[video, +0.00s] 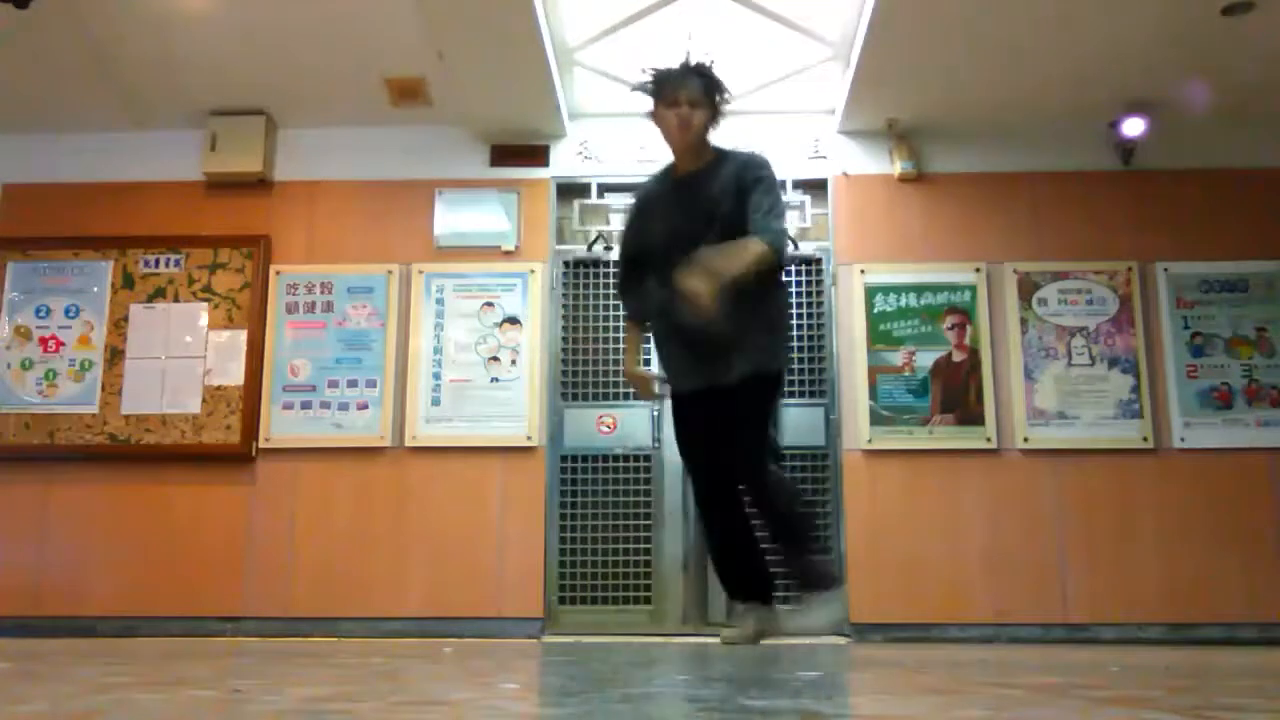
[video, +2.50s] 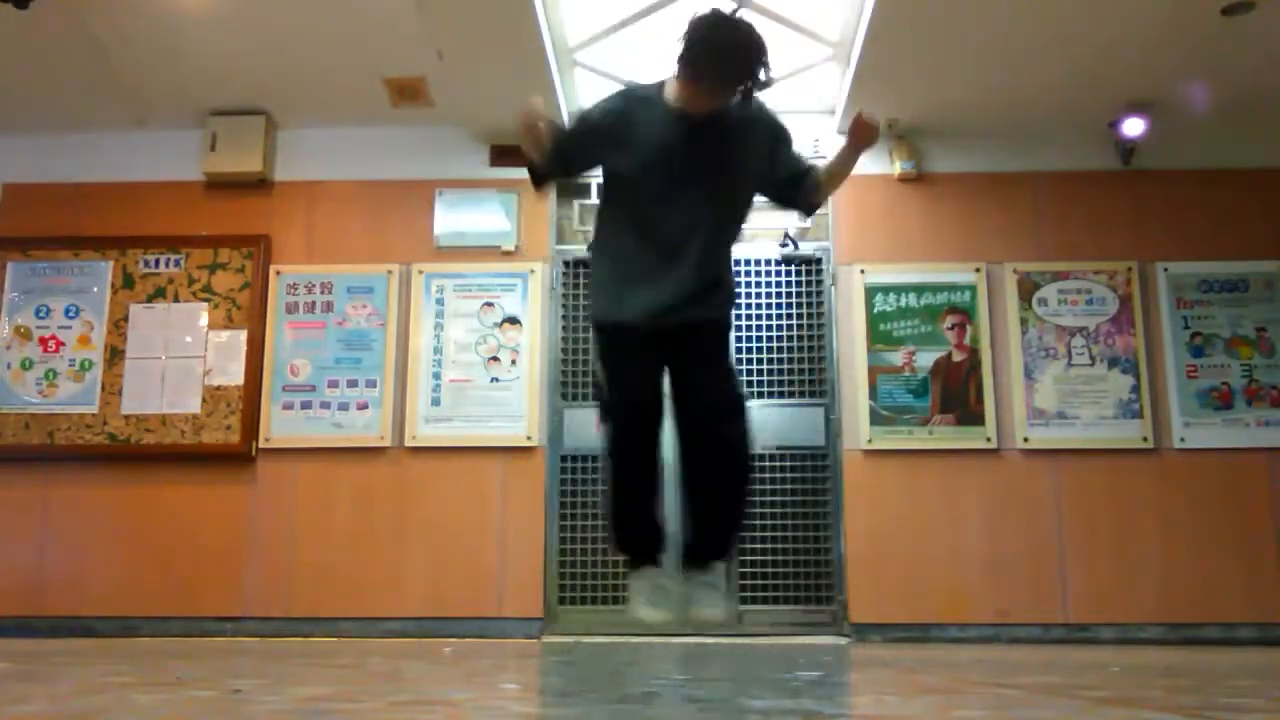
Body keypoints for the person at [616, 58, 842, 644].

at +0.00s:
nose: (679, 116)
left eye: (690, 105)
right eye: (668, 106)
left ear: (712, 113)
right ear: (656, 116)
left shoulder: (746, 171)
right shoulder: (652, 199)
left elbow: (769, 239)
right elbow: (634, 283)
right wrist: (631, 358)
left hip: (753, 355)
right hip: (689, 366)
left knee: (749, 466)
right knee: (711, 486)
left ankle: (818, 586)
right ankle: (752, 602)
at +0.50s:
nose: (778, 116)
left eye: (791, 107)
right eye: (769, 105)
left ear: (811, 116)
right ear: (757, 111)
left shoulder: (835, 184)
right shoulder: (733, 175)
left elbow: (882, 237)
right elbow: (741, 212)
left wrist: (919, 269)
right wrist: (806, 169)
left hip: (804, 363)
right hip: (729, 359)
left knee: (817, 486)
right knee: (676, 466)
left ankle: (842, 612)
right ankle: (646, 601)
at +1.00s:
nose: (815, 130)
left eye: (829, 123)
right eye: (805, 116)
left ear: (840, 138)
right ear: (783, 122)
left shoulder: (831, 202)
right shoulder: (732, 175)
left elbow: (838, 261)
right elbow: (641, 183)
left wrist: (804, 213)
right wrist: (559, 153)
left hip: (783, 363)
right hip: (729, 354)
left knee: (777, 500)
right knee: (811, 468)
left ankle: (633, 524)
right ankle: (780, 611)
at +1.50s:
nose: (730, 99)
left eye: (738, 89)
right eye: (721, 85)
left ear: (743, 97)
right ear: (693, 85)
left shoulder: (724, 171)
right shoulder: (647, 143)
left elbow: (715, 243)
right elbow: (583, 209)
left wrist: (757, 299)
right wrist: (647, 251)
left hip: (665, 322)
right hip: (607, 305)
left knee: (656, 454)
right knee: (611, 400)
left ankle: (609, 595)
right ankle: (521, 515)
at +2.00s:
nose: (640, 105)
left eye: (649, 92)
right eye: (629, 92)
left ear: (662, 79)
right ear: (606, 82)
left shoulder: (691, 130)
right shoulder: (575, 147)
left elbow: (719, 205)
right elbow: (520, 249)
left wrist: (738, 192)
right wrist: (531, 201)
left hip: (677, 320)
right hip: (601, 325)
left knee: (678, 451)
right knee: (593, 452)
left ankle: (633, 549)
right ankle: (569, 588)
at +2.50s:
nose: (711, 99)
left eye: (724, 89)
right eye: (709, 85)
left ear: (740, 84)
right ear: (693, 68)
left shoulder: (752, 128)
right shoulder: (629, 112)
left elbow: (807, 192)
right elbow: (555, 161)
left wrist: (851, 150)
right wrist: (537, 136)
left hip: (702, 310)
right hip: (624, 309)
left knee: (717, 433)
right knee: (633, 435)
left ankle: (706, 569)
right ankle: (643, 570)